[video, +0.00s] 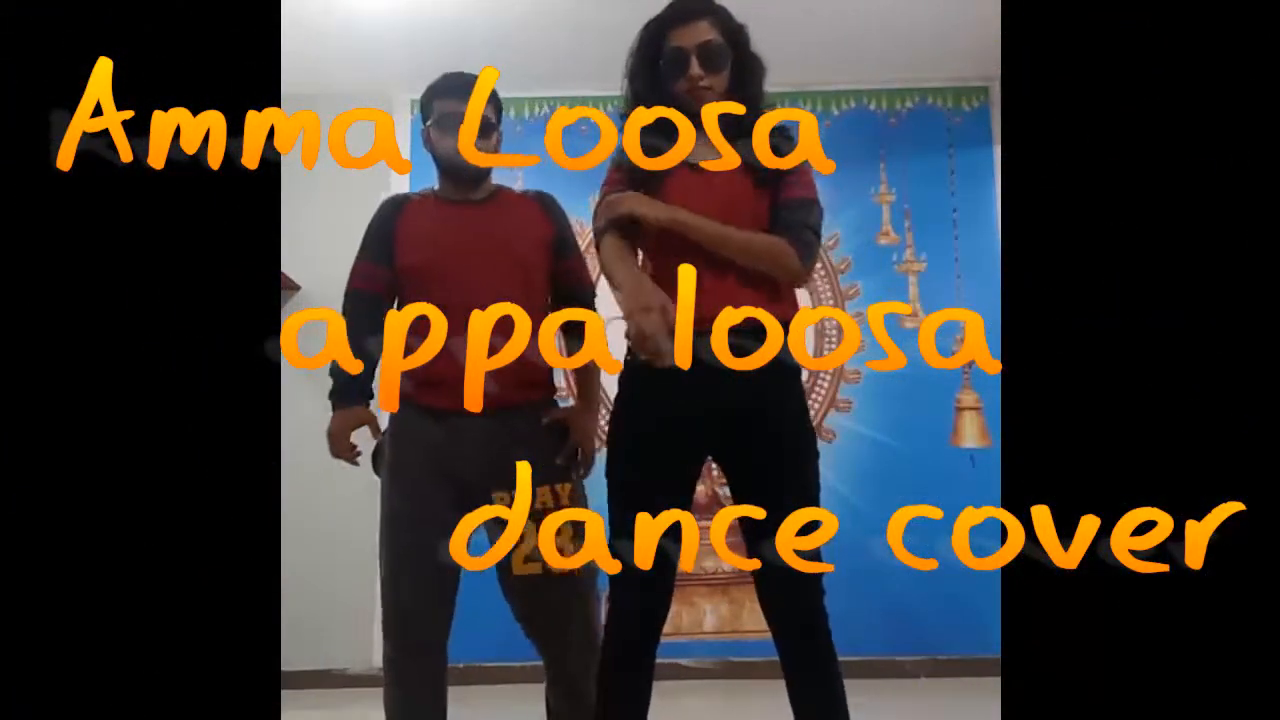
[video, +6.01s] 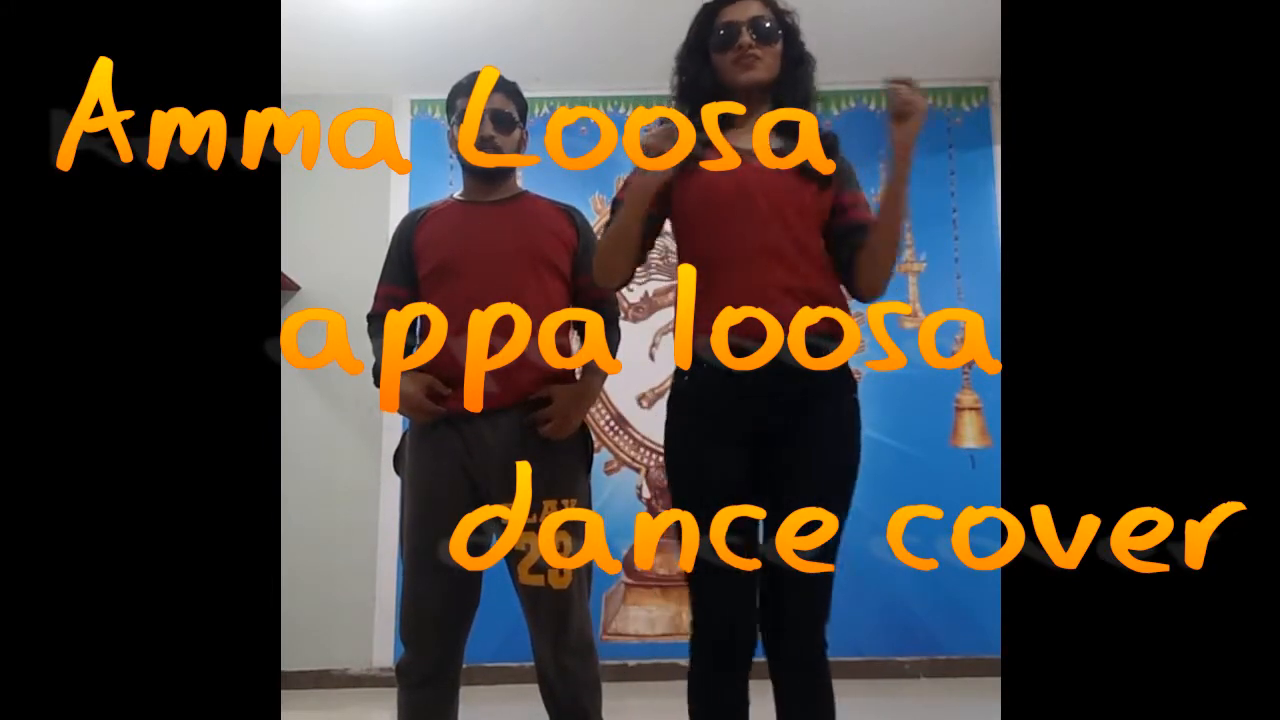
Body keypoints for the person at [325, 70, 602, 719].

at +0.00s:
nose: (466, 135)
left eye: (481, 123)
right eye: (449, 124)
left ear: (499, 132)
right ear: (427, 136)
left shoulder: (542, 215)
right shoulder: (397, 217)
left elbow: (577, 315)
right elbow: (361, 317)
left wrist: (588, 404)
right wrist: (347, 398)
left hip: (530, 440)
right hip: (423, 443)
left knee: (570, 628)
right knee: (413, 625)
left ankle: (579, 716)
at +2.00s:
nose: (496, 141)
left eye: (510, 131)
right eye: (483, 130)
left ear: (529, 145)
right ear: (459, 140)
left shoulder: (568, 230)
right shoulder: (426, 235)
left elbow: (607, 317)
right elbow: (386, 334)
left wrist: (590, 378)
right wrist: (398, 389)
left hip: (546, 438)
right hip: (447, 442)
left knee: (563, 623)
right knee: (430, 625)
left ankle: (580, 719)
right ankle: (422, 719)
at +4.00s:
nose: (491, 129)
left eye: (504, 117)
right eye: (476, 117)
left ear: (521, 131)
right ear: (452, 129)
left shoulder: (559, 204)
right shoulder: (420, 206)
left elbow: (596, 294)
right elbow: (384, 292)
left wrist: (583, 366)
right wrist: (406, 357)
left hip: (540, 428)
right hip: (441, 432)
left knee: (559, 609)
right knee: (432, 611)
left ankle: (578, 716)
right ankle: (424, 718)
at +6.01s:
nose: (489, 131)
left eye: (503, 121)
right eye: (475, 121)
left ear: (523, 135)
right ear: (453, 132)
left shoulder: (564, 222)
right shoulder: (418, 227)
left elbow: (604, 317)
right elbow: (384, 320)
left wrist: (587, 385)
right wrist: (394, 376)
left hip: (543, 440)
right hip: (441, 442)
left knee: (562, 623)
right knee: (430, 624)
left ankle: (580, 719)